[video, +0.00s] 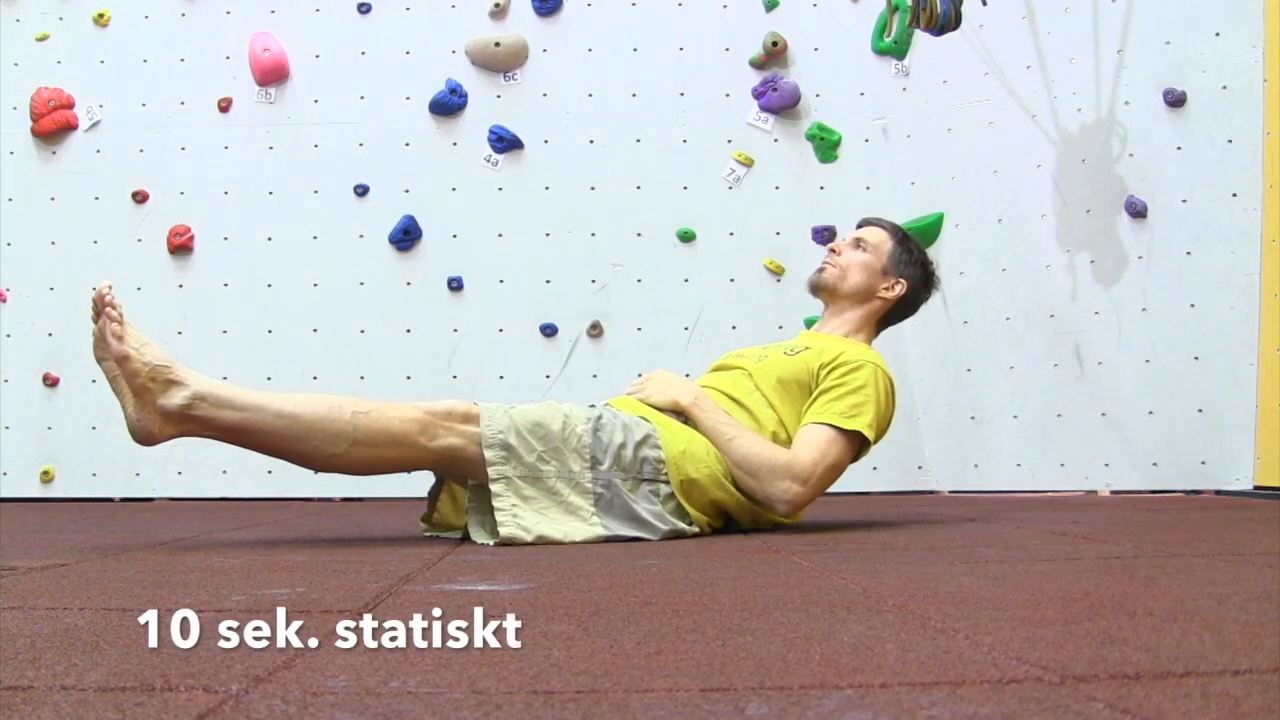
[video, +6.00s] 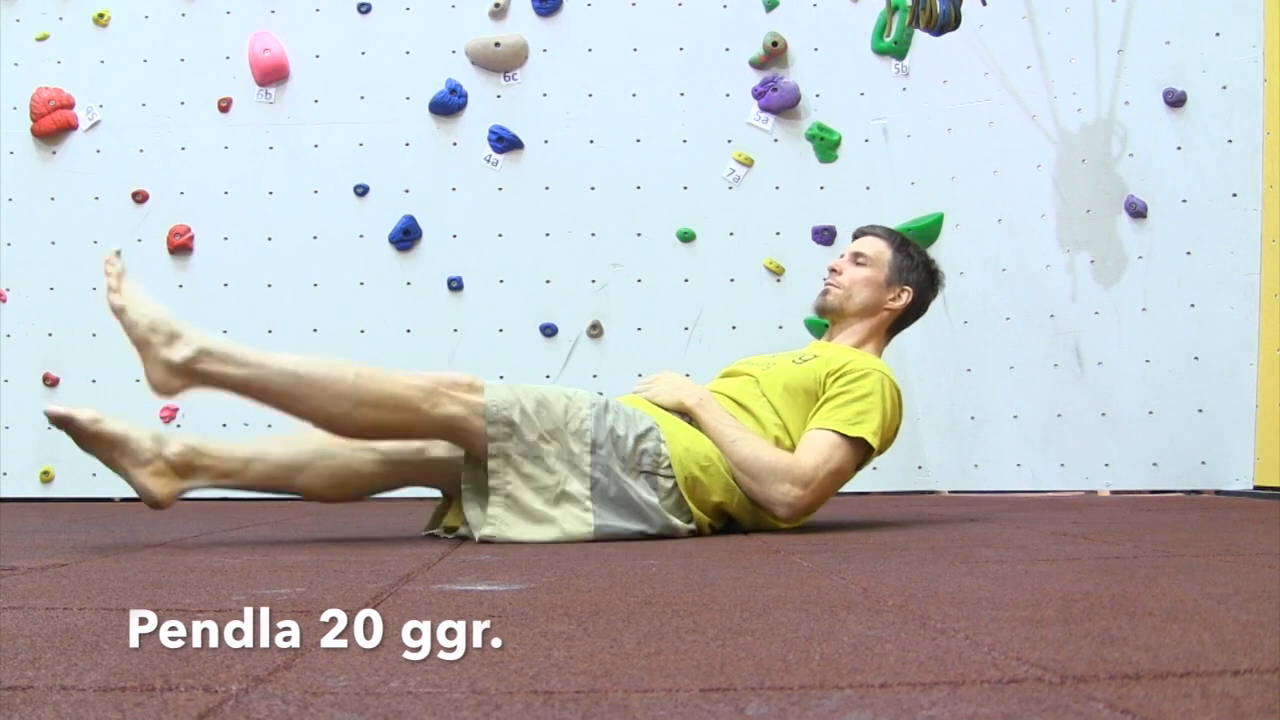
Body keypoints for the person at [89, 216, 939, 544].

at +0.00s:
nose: (833, 247)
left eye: (857, 247)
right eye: (841, 239)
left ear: (889, 292)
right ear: (843, 274)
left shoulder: (859, 368)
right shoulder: (797, 354)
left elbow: (790, 490)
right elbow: (749, 466)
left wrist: (696, 399)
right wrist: (674, 402)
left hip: (663, 460)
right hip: (641, 446)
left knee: (442, 428)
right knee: (429, 431)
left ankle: (177, 400)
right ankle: (178, 403)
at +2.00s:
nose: (846, 256)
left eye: (870, 256)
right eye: (856, 247)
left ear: (897, 303)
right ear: (862, 285)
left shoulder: (865, 378)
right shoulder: (805, 359)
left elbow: (792, 493)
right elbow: (750, 469)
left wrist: (701, 403)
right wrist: (674, 407)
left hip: (660, 461)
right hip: (641, 446)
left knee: (443, 426)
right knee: (435, 422)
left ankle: (179, 395)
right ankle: (181, 397)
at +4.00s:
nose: (845, 265)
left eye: (869, 263)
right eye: (851, 255)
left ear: (900, 307)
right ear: (849, 287)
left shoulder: (867, 381)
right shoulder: (797, 366)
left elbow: (793, 496)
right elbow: (738, 461)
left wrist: (704, 403)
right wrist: (665, 405)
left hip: (656, 457)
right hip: (626, 445)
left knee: (455, 414)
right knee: (407, 448)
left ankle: (192, 364)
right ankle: (171, 450)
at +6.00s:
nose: (837, 262)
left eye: (860, 259)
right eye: (843, 252)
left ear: (897, 301)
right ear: (855, 290)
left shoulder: (866, 377)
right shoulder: (800, 364)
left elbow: (795, 495)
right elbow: (741, 460)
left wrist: (703, 403)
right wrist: (667, 407)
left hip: (654, 455)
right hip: (622, 446)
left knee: (457, 403)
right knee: (413, 447)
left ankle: (192, 354)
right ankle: (178, 465)